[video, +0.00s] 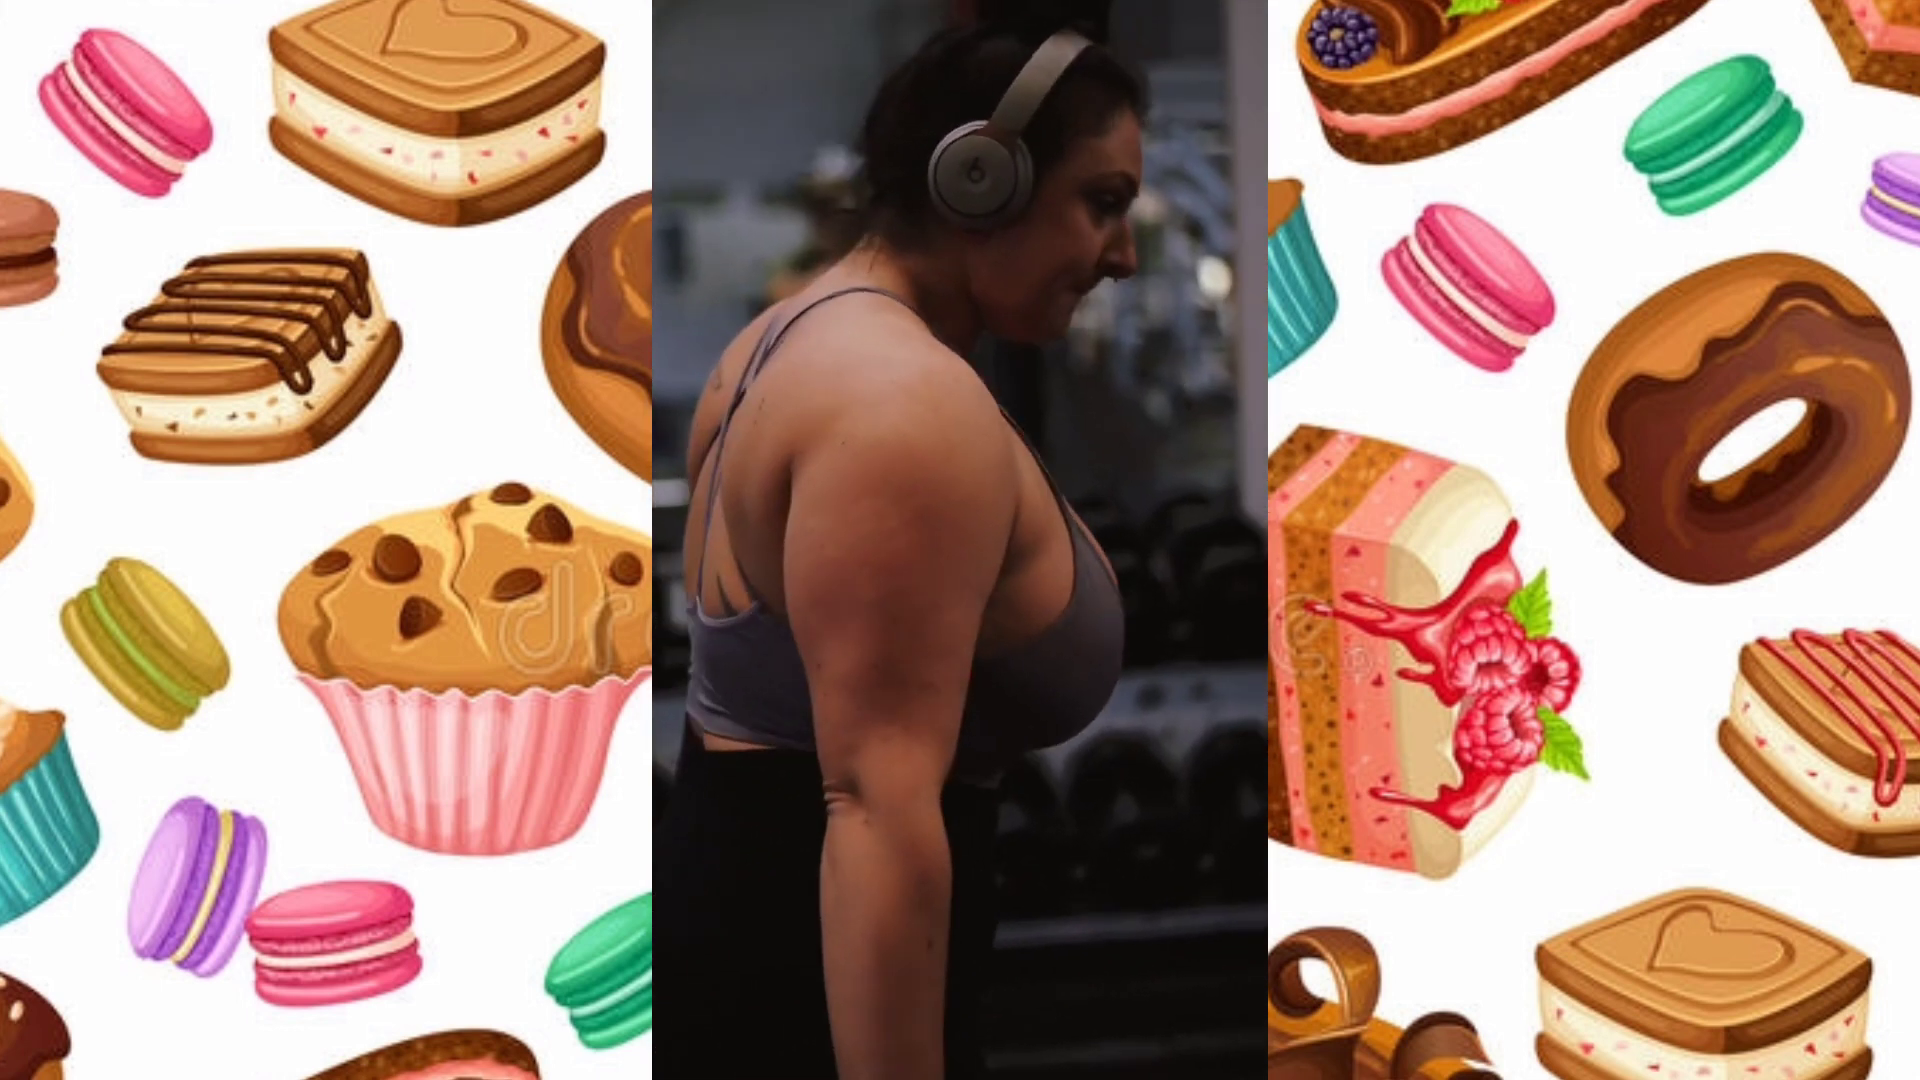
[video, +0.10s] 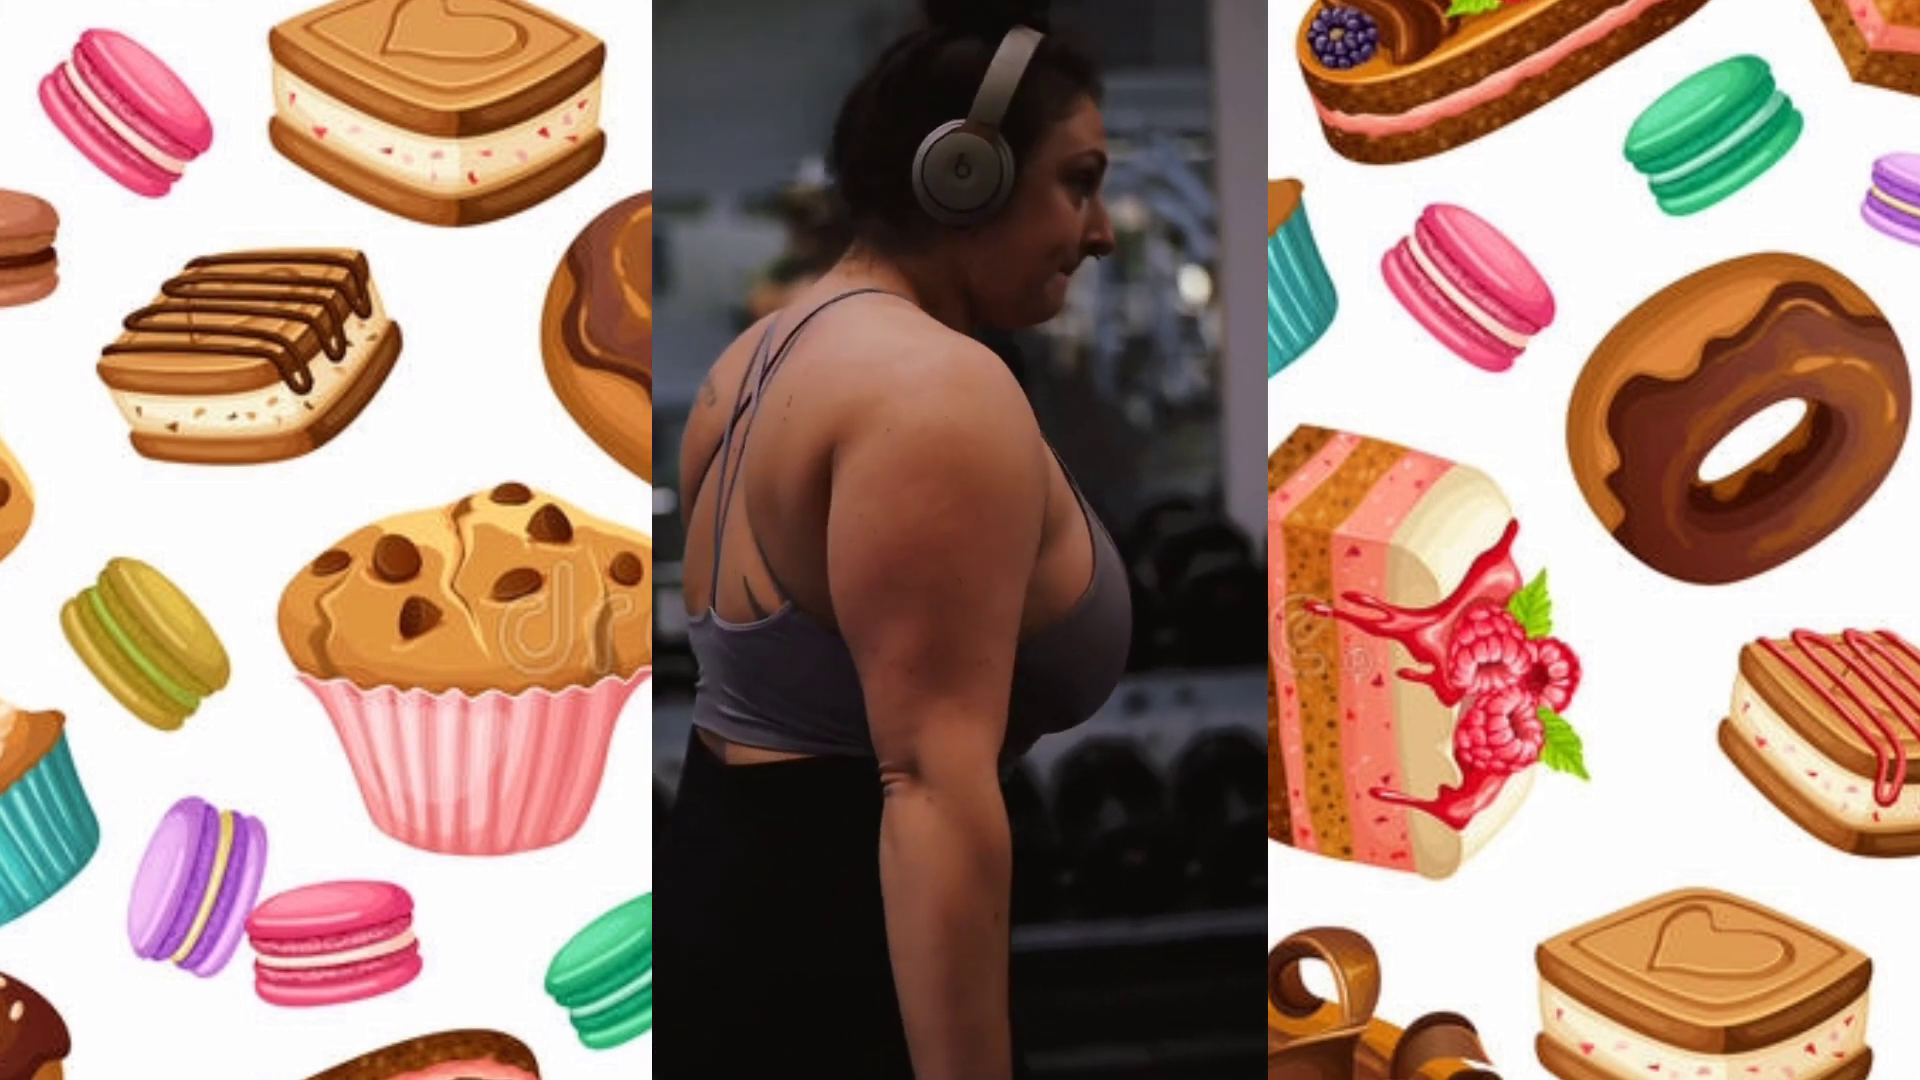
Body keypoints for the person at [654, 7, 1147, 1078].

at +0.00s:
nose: (1122, 252)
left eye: (1126, 209)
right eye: (1102, 202)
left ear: (969, 183)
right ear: (977, 181)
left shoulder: (785, 337)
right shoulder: (903, 412)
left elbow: (747, 726)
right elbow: (876, 799)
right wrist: (890, 1063)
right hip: (850, 879)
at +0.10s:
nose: (1100, 228)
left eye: (1097, 185)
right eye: (1077, 181)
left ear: (954, 178)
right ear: (960, 176)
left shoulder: (757, 354)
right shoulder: (934, 395)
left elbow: (754, 722)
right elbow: (931, 777)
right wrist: (966, 1070)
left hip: (747, 865)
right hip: (870, 884)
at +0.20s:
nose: (1062, 211)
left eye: (1057, 170)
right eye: (1039, 165)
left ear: (925, 166)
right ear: (930, 164)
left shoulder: (714, 362)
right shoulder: (941, 380)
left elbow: (716, 701)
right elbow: (972, 762)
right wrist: (1031, 1065)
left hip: (727, 854)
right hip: (883, 870)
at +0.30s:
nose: (1038, 199)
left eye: (1031, 159)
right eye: (1017, 156)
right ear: (919, 162)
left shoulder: (696, 367)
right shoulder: (968, 361)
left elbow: (678, 707)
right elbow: (1015, 742)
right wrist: (1103, 1050)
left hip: (721, 867)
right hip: (921, 875)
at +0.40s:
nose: (1026, 190)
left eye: (1018, 149)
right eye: (1005, 146)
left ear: (893, 158)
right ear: (907, 156)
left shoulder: (688, 368)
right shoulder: (988, 352)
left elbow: (674, 695)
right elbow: (1062, 728)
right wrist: (1173, 1038)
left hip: (726, 872)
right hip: (942, 874)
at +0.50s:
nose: (1015, 180)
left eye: (1008, 141)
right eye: (996, 140)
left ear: (805, 161)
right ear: (907, 152)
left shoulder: (671, 372)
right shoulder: (1013, 349)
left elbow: (651, 700)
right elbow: (1106, 714)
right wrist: (1228, 1018)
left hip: (732, 894)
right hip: (978, 892)